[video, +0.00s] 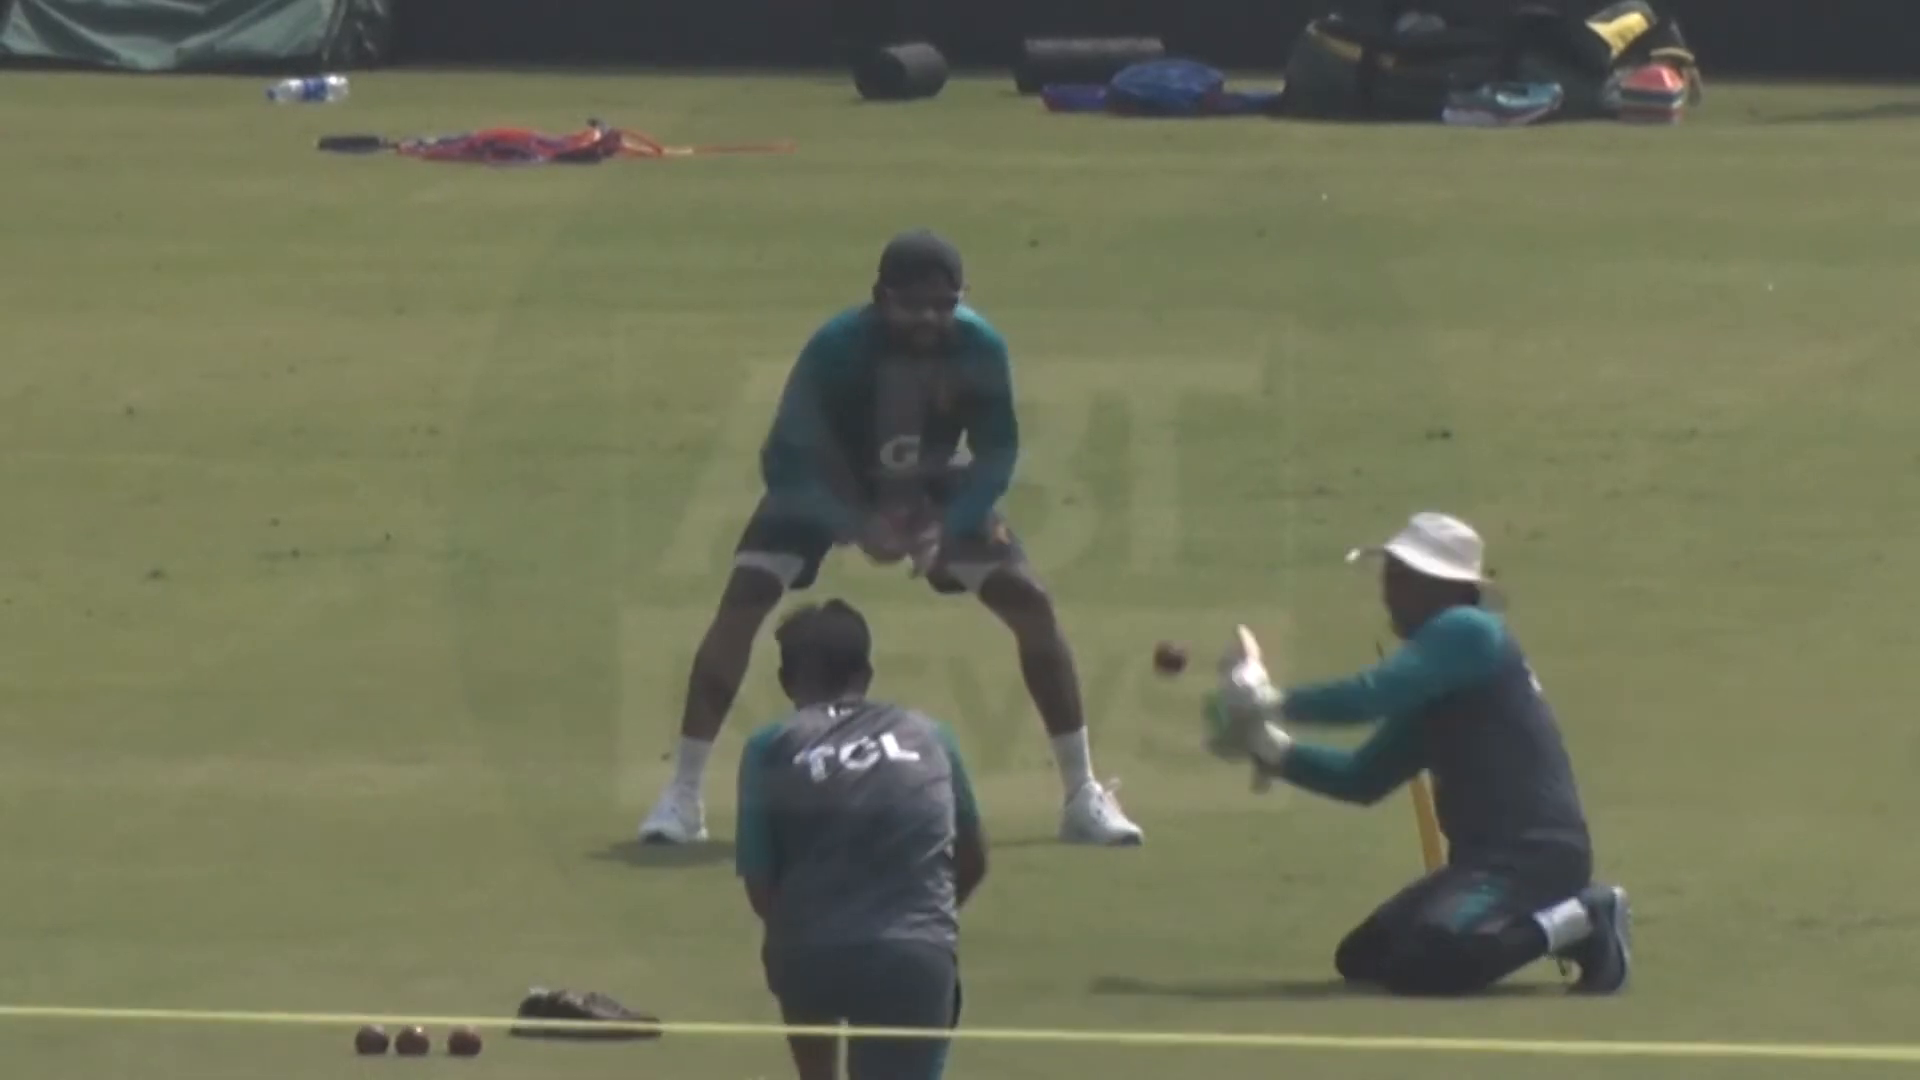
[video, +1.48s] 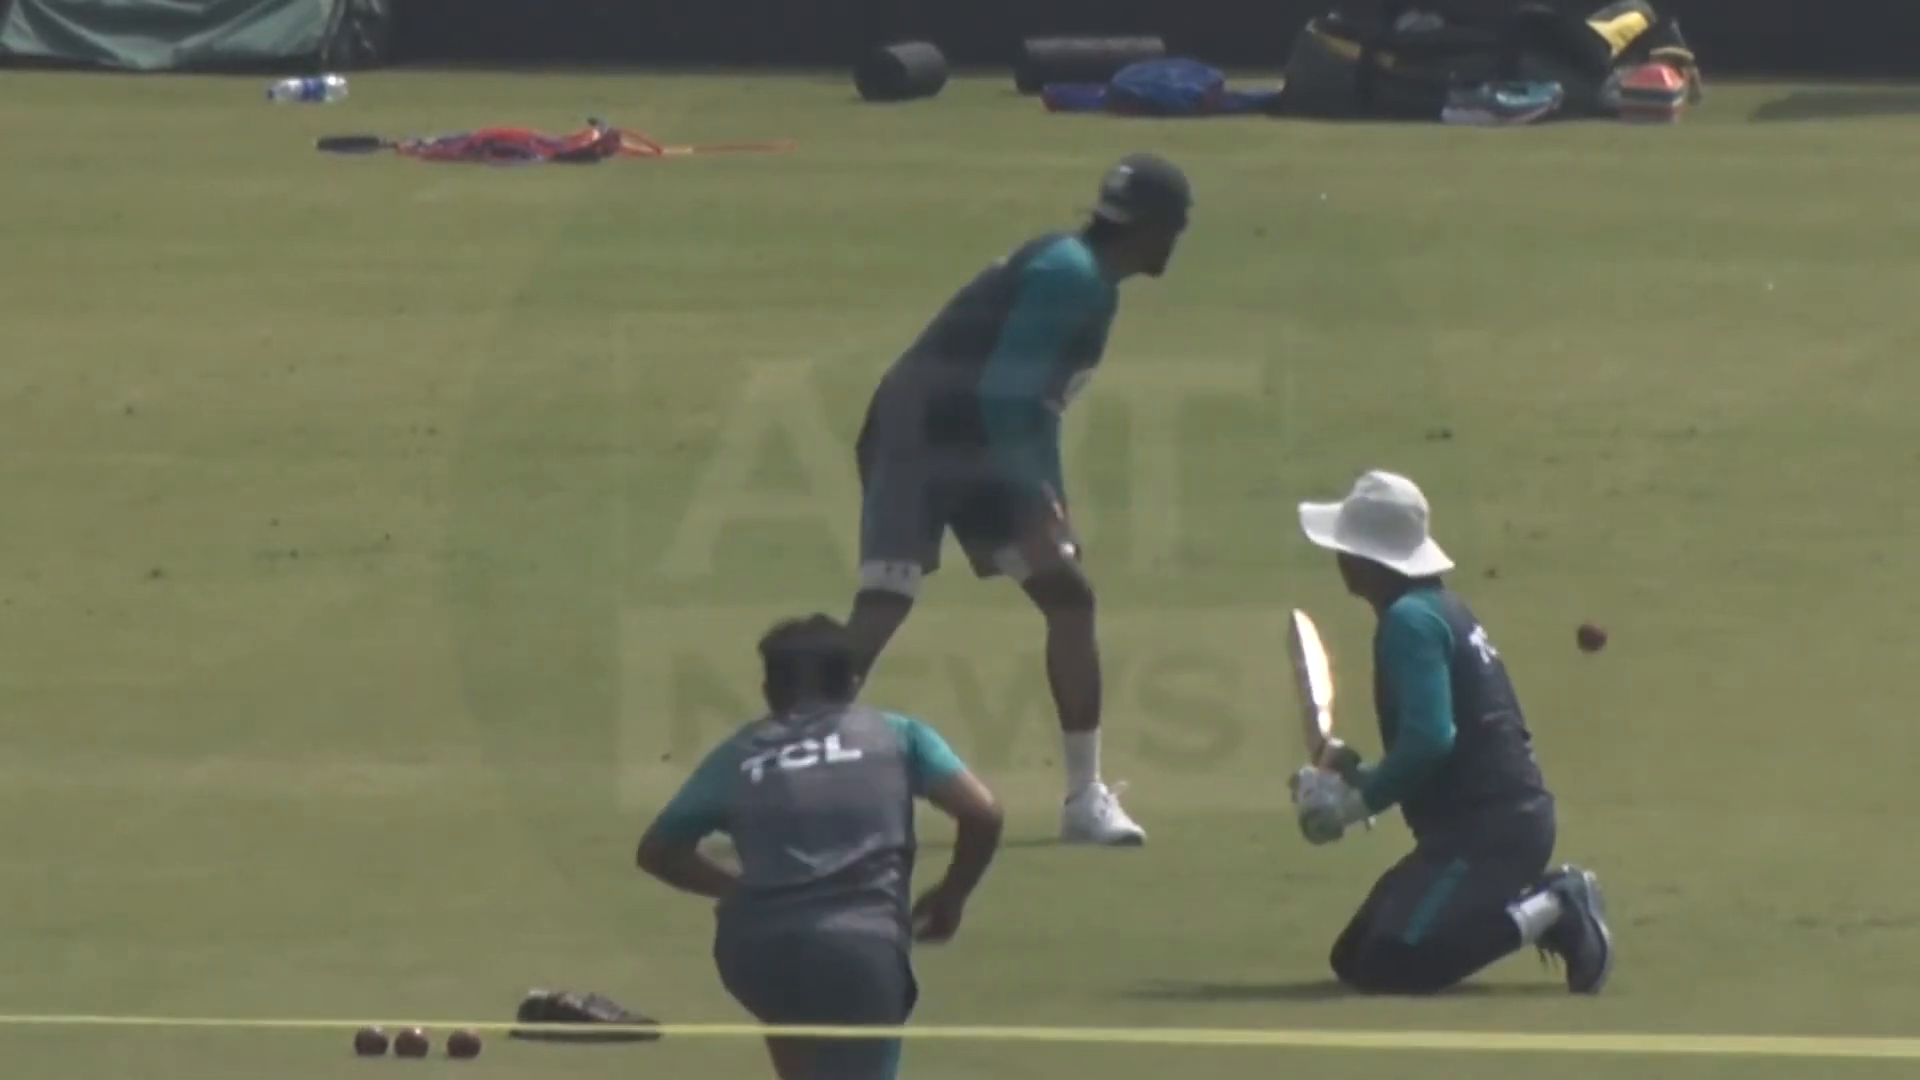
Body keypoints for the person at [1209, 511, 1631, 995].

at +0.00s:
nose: (1385, 589)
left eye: (1397, 574)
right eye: (1387, 574)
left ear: (1434, 582)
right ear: (1437, 584)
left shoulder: (1468, 632)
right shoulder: (1446, 683)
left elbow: (1371, 695)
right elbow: (1363, 780)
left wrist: (1268, 701)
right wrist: (1269, 746)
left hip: (1531, 862)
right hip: (1486, 864)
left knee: (1415, 964)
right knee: (1361, 959)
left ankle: (1584, 918)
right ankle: (1547, 923)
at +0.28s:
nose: (1339, 544)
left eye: (1349, 534)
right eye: (1341, 533)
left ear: (1374, 536)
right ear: (1405, 540)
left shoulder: (1393, 570)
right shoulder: (1399, 637)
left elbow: (1296, 584)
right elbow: (1321, 728)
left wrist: (1210, 596)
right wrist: (1226, 663)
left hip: (1469, 808)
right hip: (1451, 814)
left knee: (1379, 963)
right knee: (1359, 958)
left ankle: (1562, 907)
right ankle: (1540, 908)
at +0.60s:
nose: (1312, 536)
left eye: (1318, 528)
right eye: (1314, 527)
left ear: (1333, 528)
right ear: (1384, 532)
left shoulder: (1338, 564)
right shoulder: (1399, 592)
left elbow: (1286, 666)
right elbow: (1385, 750)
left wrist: (1238, 707)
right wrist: (1286, 743)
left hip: (1441, 796)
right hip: (1451, 791)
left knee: (1378, 962)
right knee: (1355, 957)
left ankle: (1561, 909)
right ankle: (1533, 906)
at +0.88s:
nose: (1293, 542)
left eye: (1297, 532)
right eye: (1295, 530)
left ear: (1310, 534)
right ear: (1363, 534)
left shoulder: (1326, 573)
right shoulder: (1390, 591)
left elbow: (1320, 683)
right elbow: (1381, 747)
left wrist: (1275, 753)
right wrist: (1292, 774)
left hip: (1438, 793)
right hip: (1457, 788)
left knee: (1381, 965)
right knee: (1355, 959)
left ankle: (1552, 903)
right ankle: (1534, 903)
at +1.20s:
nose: (1298, 550)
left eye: (1302, 540)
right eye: (1298, 538)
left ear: (1321, 546)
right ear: (1369, 539)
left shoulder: (1352, 595)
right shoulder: (1396, 595)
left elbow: (1367, 715)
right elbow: (1395, 747)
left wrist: (1308, 789)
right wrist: (1314, 760)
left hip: (1464, 811)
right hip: (1465, 807)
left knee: (1376, 967)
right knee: (1356, 959)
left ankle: (1545, 905)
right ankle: (1539, 902)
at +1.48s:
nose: (1336, 559)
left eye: (1343, 550)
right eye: (1338, 548)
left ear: (1368, 559)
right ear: (1401, 552)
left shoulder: (1410, 619)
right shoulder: (1436, 611)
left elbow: (1429, 740)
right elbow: (1433, 757)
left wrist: (1352, 803)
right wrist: (1358, 771)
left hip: (1490, 836)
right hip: (1481, 832)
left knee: (1381, 969)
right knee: (1355, 960)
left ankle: (1551, 907)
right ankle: (1541, 905)